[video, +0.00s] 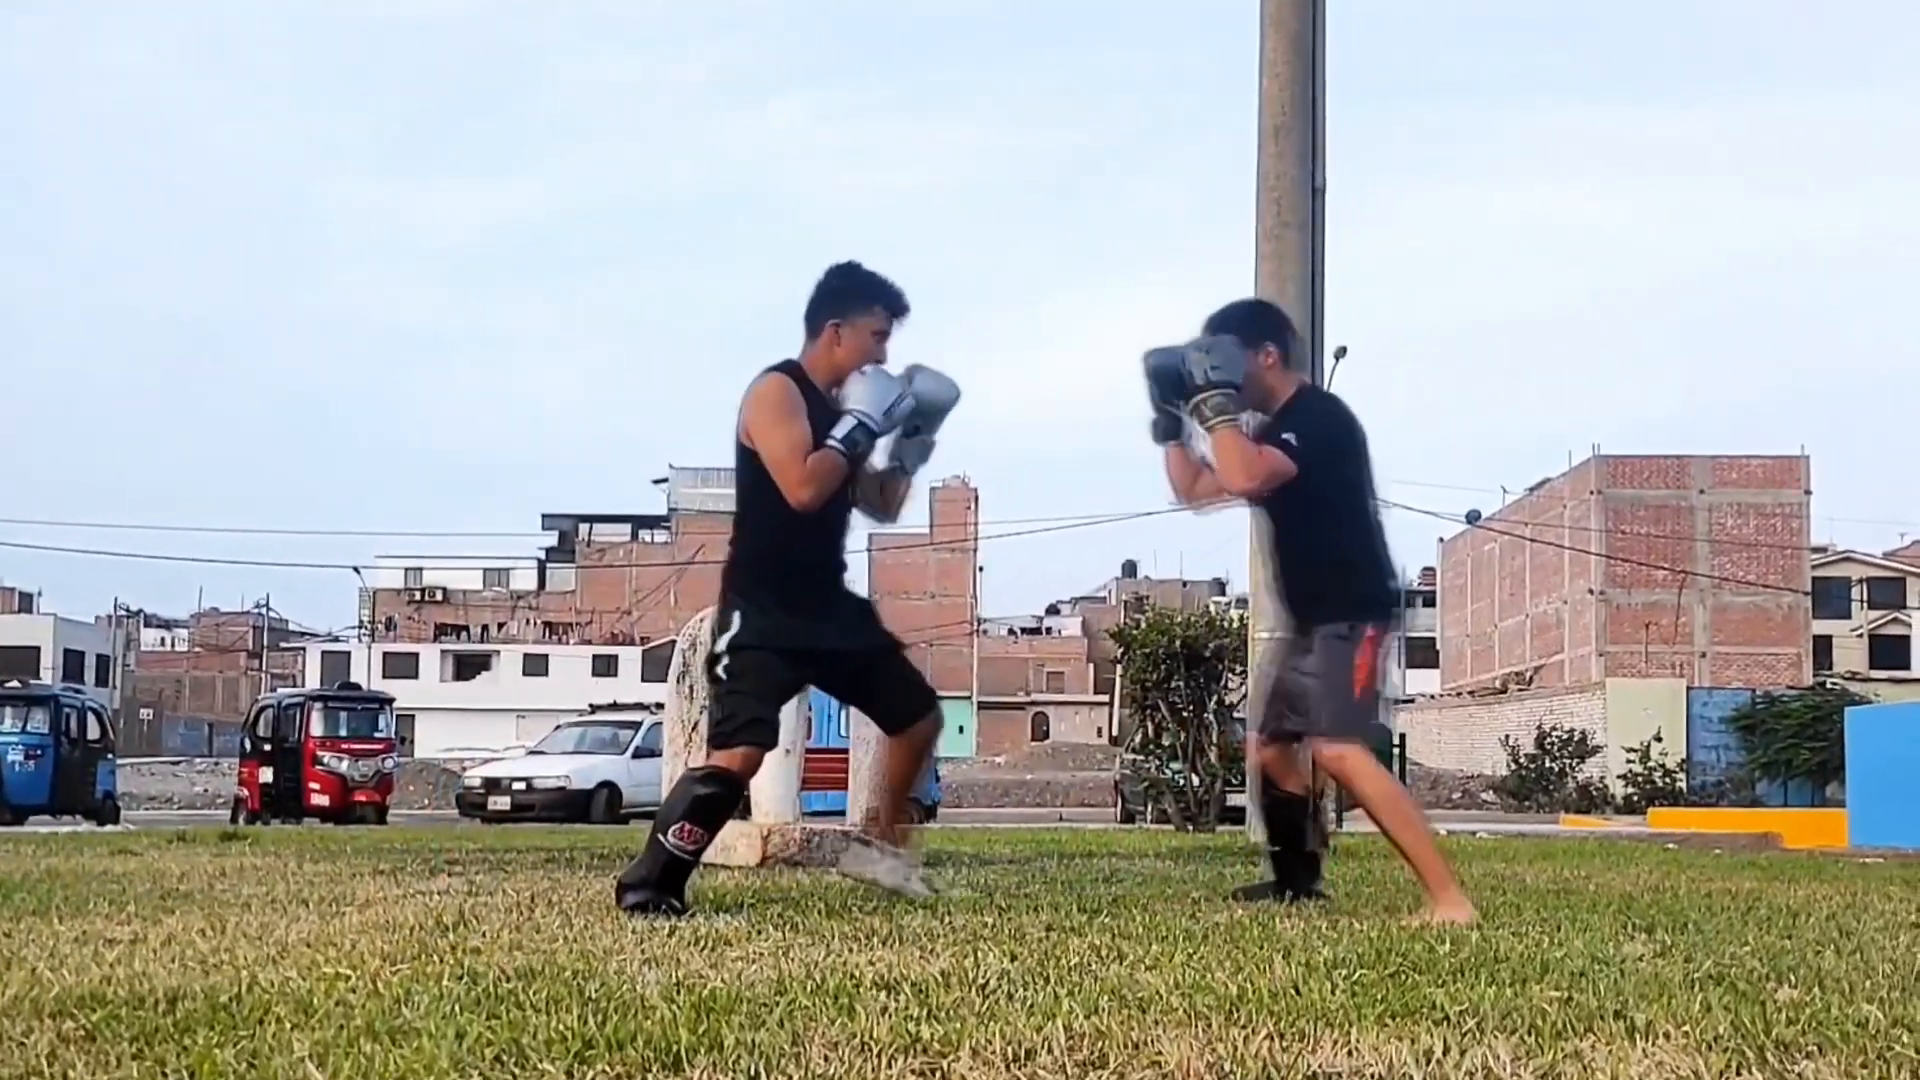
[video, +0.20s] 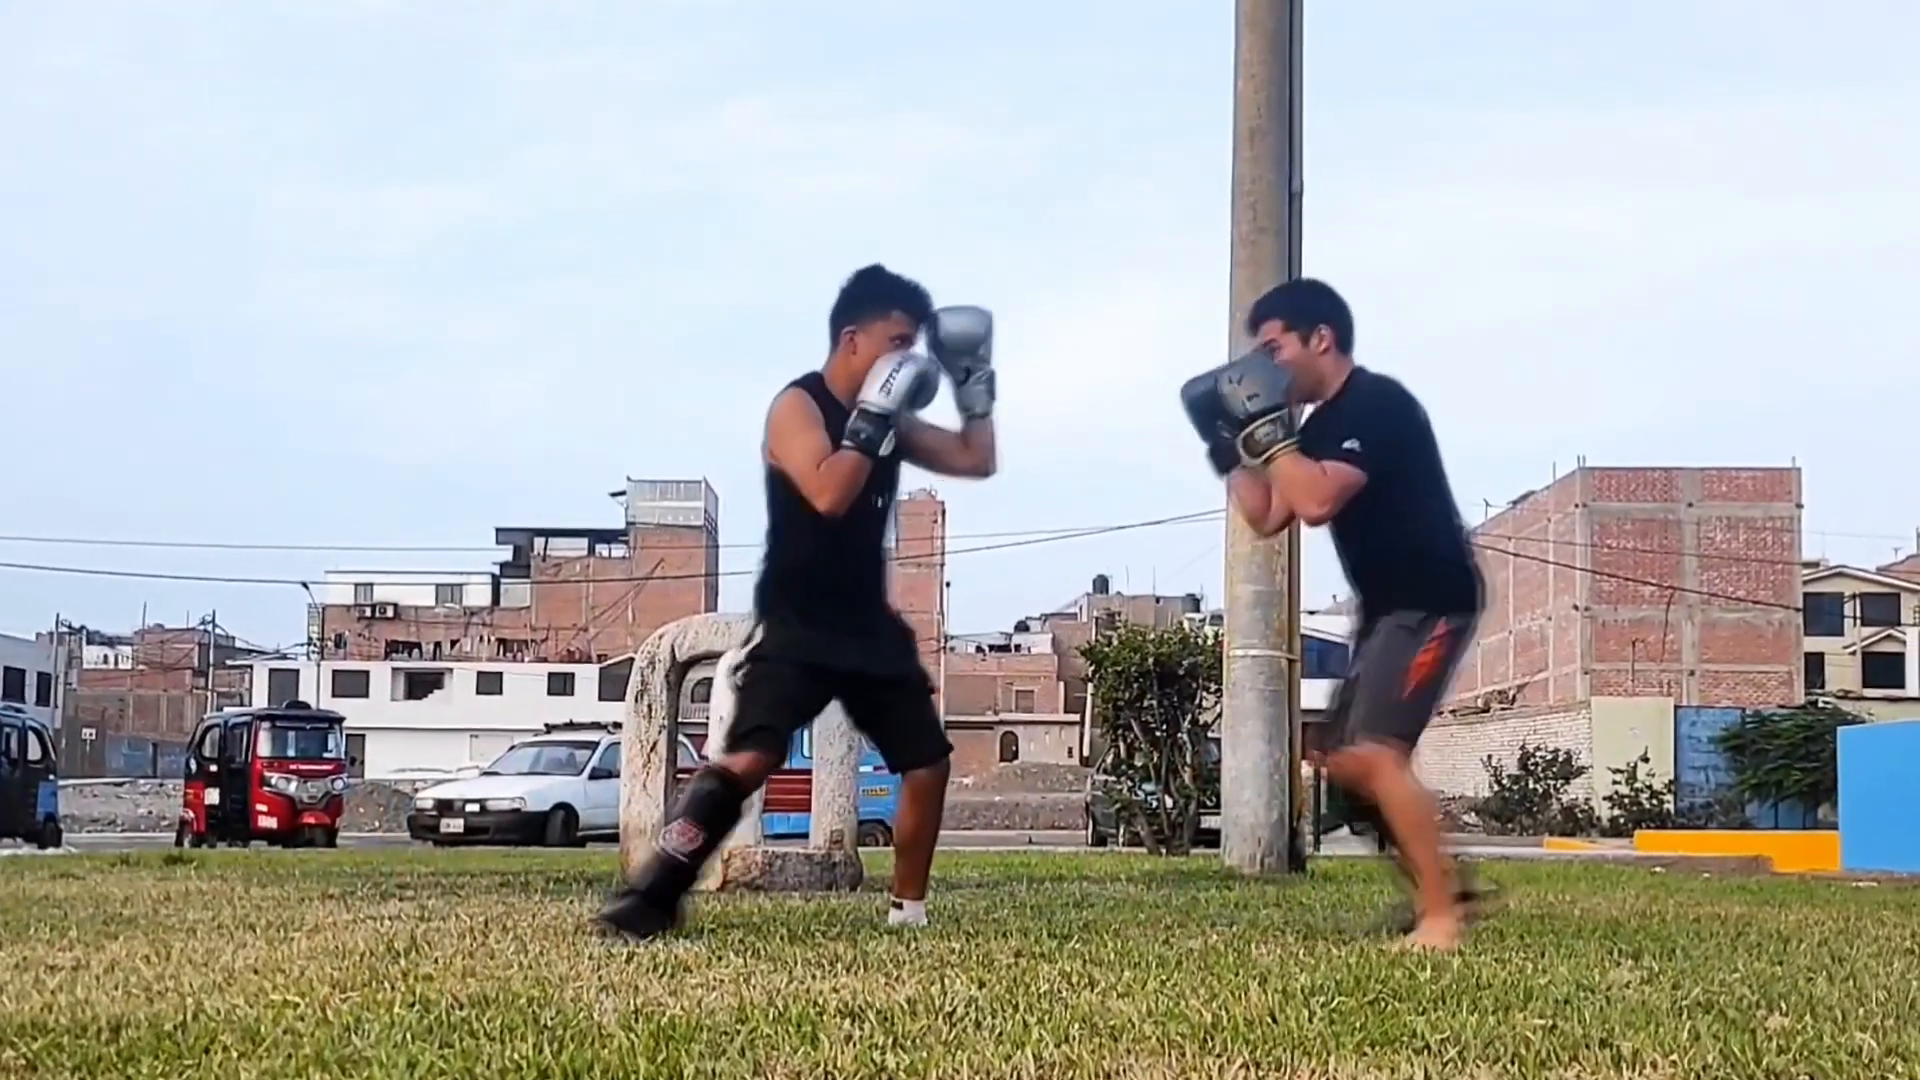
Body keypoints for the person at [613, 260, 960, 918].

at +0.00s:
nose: (885, 354)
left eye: (888, 339)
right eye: (877, 336)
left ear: (839, 334)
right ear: (833, 329)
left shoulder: (844, 411)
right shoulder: (774, 391)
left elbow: (884, 503)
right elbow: (804, 490)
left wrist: (912, 438)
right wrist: (861, 420)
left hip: (829, 607)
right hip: (764, 607)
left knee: (917, 718)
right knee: (739, 754)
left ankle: (881, 848)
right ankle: (648, 887)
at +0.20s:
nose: (907, 360)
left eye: (914, 347)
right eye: (898, 342)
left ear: (910, 354)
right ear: (852, 337)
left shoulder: (886, 422)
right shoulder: (796, 407)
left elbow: (978, 460)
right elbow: (829, 495)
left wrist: (973, 384)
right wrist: (874, 415)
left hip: (869, 629)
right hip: (797, 626)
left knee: (928, 765)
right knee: (753, 755)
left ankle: (908, 914)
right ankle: (649, 898)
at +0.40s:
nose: (949, 351)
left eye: (953, 336)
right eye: (940, 334)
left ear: (933, 336)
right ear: (894, 328)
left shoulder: (921, 414)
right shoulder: (830, 396)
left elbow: (986, 496)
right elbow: (850, 496)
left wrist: (1007, 419)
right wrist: (908, 418)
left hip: (911, 614)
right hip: (830, 613)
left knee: (995, 742)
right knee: (807, 753)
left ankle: (948, 877)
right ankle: (760, 912)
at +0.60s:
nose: (1018, 381)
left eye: (1021, 366)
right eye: (1008, 364)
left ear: (974, 363)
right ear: (961, 363)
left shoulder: (997, 444)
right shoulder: (893, 435)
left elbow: (1046, 518)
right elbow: (877, 542)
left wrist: (1100, 479)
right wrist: (943, 478)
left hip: (990, 649)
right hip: (901, 654)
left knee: (1100, 748)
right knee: (845, 775)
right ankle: (769, 911)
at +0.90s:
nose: (1218, 412)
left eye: (1217, 399)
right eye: (1210, 396)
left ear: (1153, 395)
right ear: (1177, 392)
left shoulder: (1112, 458)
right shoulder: (1169, 432)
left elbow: (1114, 570)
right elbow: (1281, 447)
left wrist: (1189, 555)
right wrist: (1372, 454)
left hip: (1102, 657)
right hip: (1062, 648)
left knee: (1189, 765)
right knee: (960, 787)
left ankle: (1209, 926)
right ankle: (834, 861)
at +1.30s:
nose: (1257, 392)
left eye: (1258, 376)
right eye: (1256, 376)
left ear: (1197, 372)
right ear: (1230, 376)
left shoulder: (1166, 432)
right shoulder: (1195, 426)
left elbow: (1218, 559)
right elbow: (1243, 541)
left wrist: (1273, 520)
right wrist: (1289, 496)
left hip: (1127, 632)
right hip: (1131, 630)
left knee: (1223, 763)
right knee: (1164, 778)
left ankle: (1213, 925)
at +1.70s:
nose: (1228, 326)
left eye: (1231, 313)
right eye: (1227, 310)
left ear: (1169, 303)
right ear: (1199, 303)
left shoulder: (1156, 366)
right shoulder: (1148, 362)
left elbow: (1191, 459)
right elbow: (1198, 474)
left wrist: (1231, 399)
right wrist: (1247, 419)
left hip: (1151, 589)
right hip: (1121, 587)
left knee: (1208, 741)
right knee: (1178, 733)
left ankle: (1129, 921)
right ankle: (1098, 924)